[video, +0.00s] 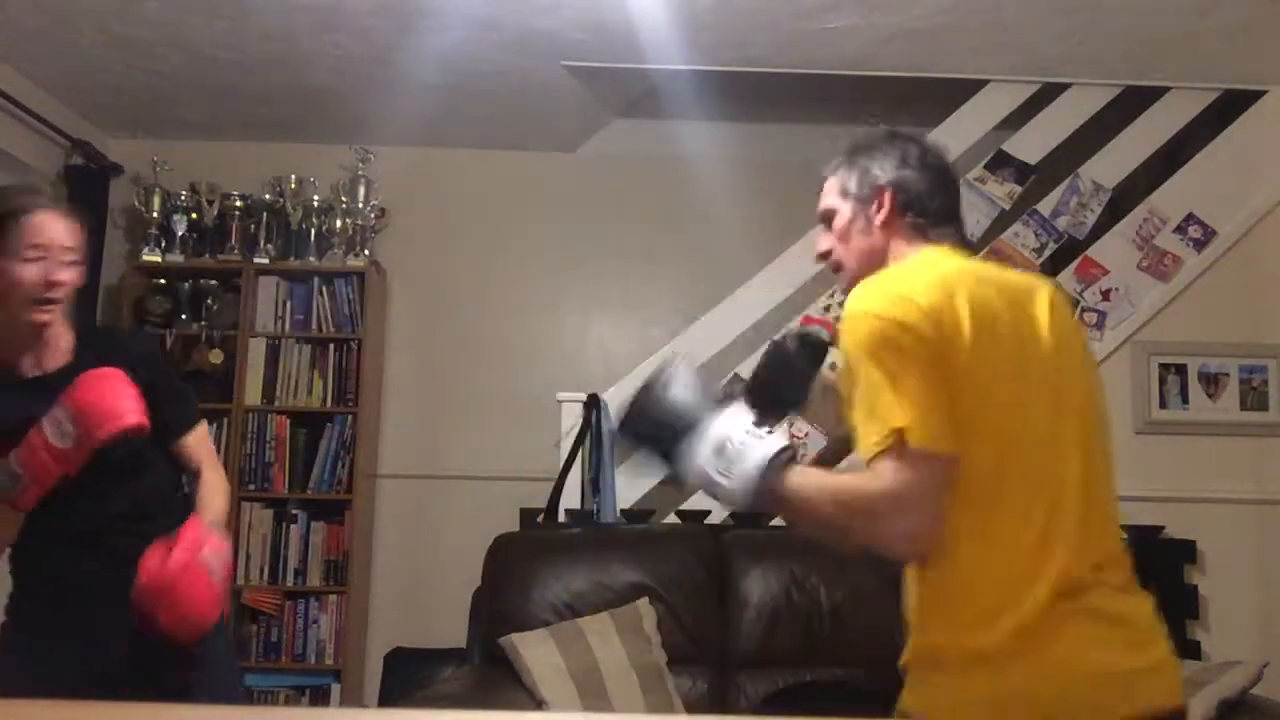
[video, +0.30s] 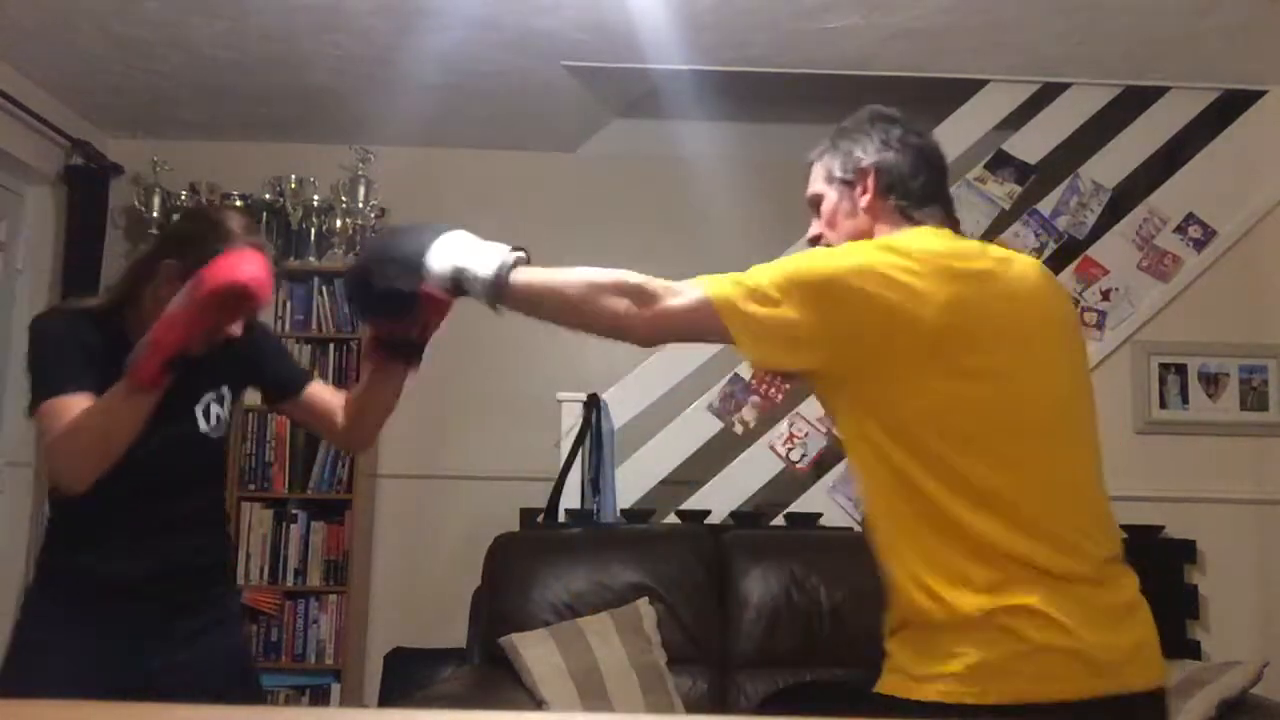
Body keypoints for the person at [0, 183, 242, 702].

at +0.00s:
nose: (54, 276)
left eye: (69, 260)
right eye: (33, 257)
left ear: (84, 270)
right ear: (0, 268)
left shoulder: (129, 359)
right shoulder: (7, 391)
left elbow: (210, 470)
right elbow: (5, 531)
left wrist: (205, 542)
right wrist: (47, 446)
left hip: (170, 616)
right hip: (54, 626)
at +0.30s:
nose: (230, 329)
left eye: (238, 311)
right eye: (215, 305)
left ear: (242, 300)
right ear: (170, 278)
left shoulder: (238, 342)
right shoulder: (69, 335)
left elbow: (352, 427)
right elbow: (70, 467)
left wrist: (399, 340)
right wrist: (163, 347)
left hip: (198, 623)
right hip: (79, 623)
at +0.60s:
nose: (246, 335)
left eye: (254, 320)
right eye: (245, 315)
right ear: (213, 288)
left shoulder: (189, 364)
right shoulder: (87, 342)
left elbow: (214, 507)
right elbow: (190, 461)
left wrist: (287, 453)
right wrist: (244, 342)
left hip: (152, 623)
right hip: (55, 628)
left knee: (225, 708)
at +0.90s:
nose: (368, 358)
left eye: (374, 340)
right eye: (367, 334)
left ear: (320, 318)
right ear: (323, 316)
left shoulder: (237, 366)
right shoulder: (252, 363)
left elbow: (244, 542)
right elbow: (249, 508)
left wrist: (329, 503)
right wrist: (360, 445)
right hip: (127, 636)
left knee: (254, 704)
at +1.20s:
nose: (364, 278)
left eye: (368, 261)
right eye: (353, 256)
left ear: (298, 260)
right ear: (293, 254)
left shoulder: (277, 354)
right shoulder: (239, 335)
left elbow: (312, 511)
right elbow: (409, 409)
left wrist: (361, 426)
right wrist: (530, 345)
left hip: (247, 631)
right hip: (193, 639)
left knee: (331, 702)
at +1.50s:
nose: (422, 249)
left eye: (423, 232)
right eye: (409, 231)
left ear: (362, 235)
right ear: (348, 231)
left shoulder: (402, 309)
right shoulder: (271, 330)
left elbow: (536, 352)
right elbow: (395, 433)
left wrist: (629, 289)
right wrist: (563, 433)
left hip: (335, 623)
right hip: (232, 627)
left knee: (391, 712)